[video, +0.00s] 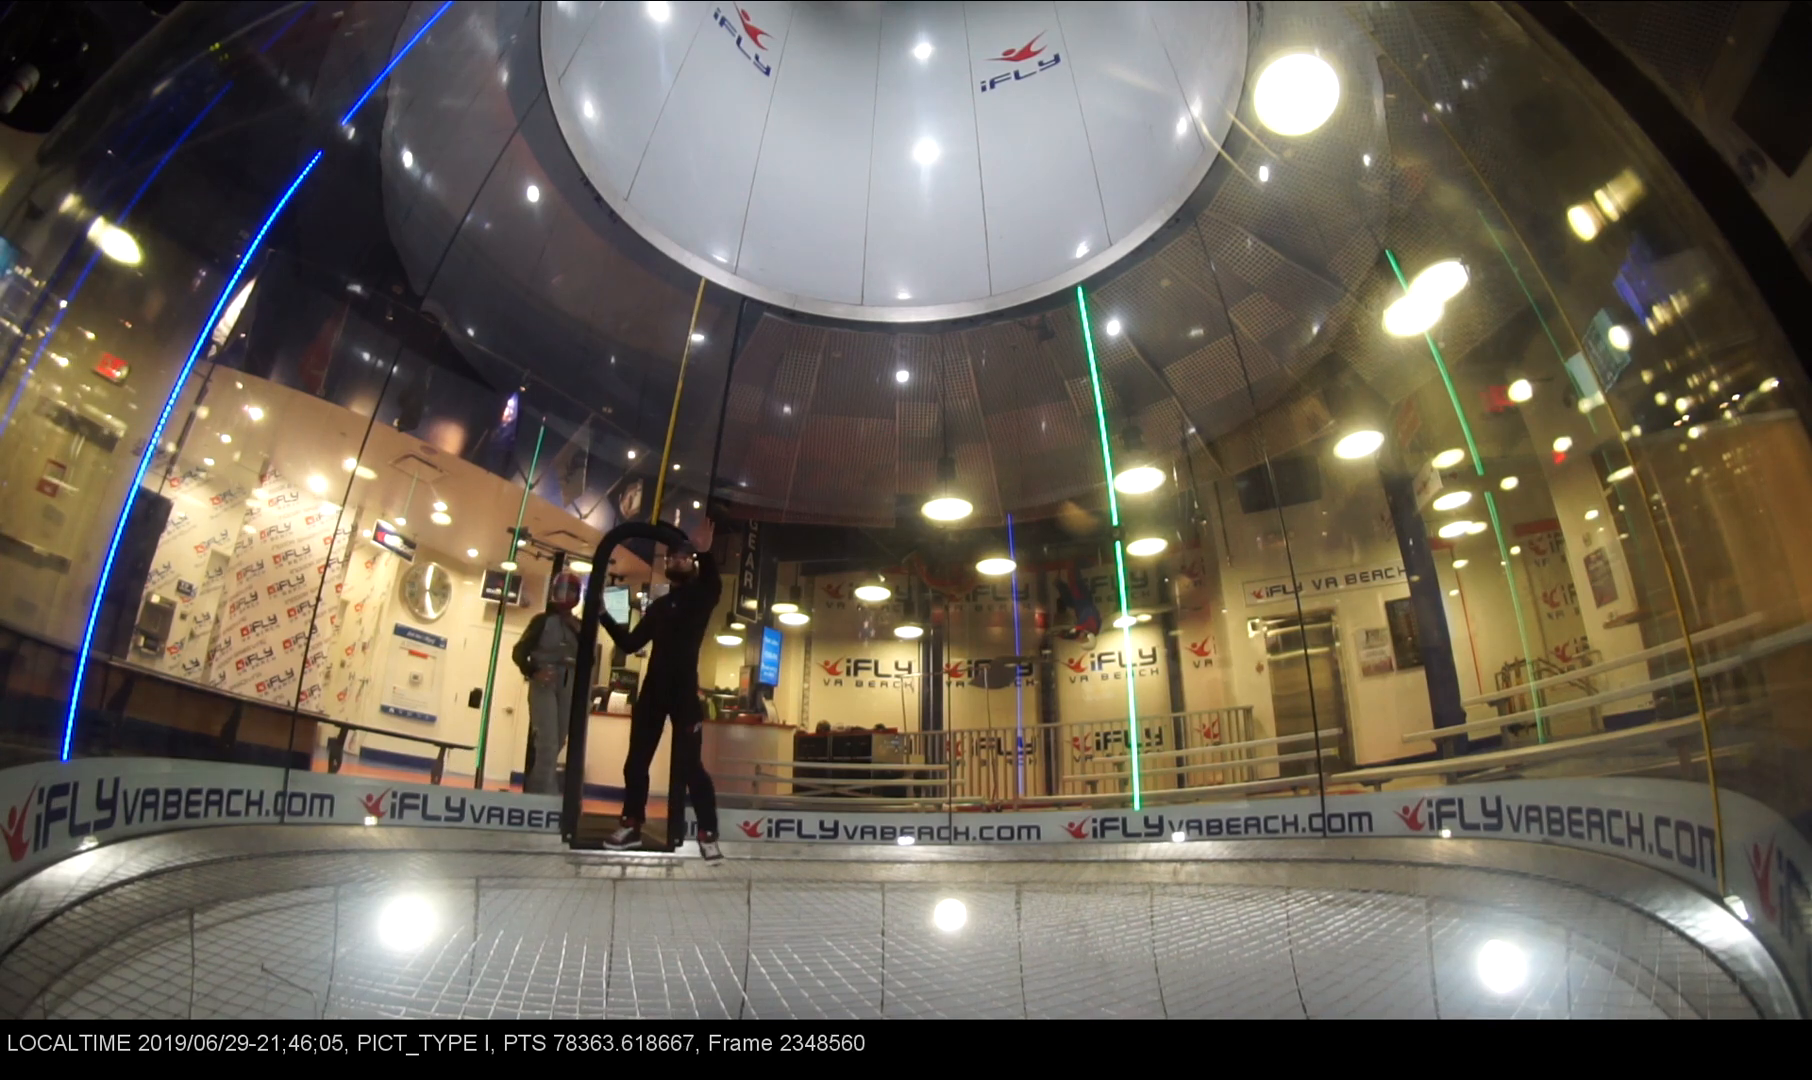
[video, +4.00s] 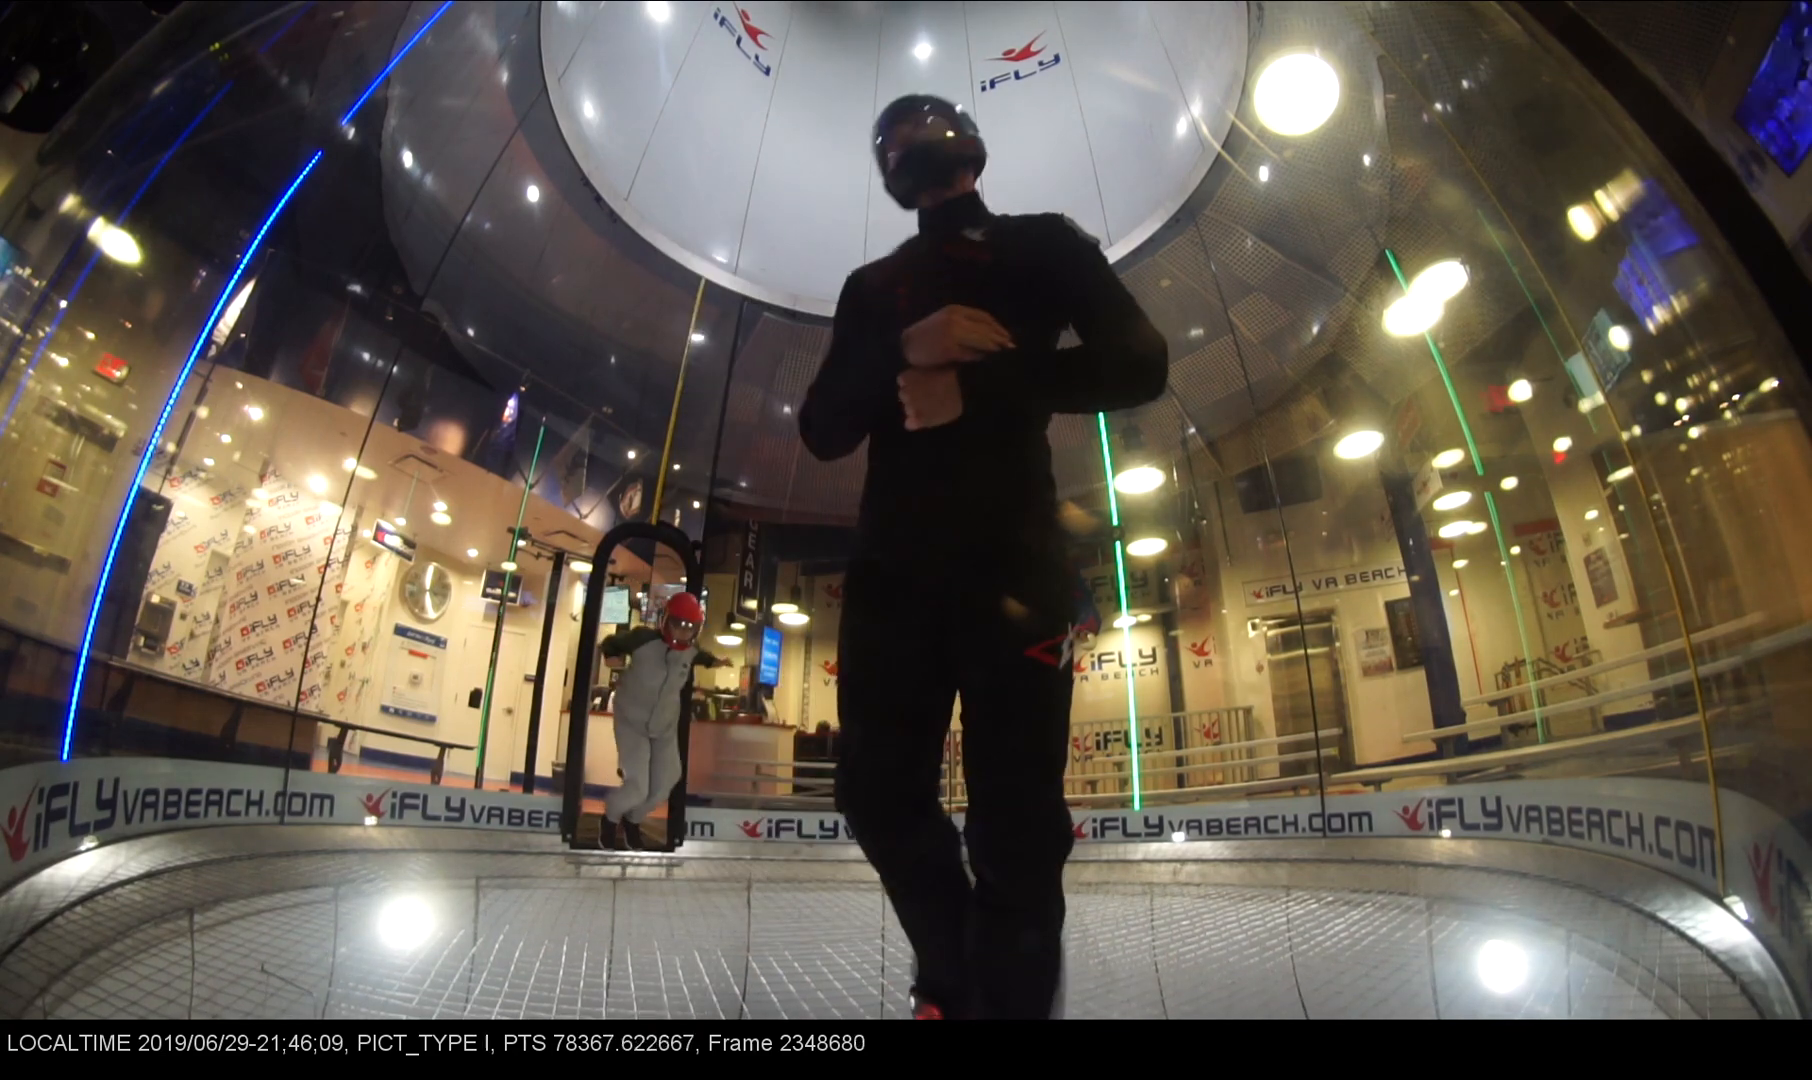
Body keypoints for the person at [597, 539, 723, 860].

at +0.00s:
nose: (672, 561)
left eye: (680, 557)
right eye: (670, 556)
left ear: (692, 566)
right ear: (666, 564)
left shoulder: (701, 596)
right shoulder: (661, 606)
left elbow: (710, 584)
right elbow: (629, 644)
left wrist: (704, 555)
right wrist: (603, 614)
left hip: (684, 688)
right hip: (654, 687)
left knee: (690, 764)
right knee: (636, 762)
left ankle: (707, 835)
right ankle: (632, 826)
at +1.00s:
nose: (695, 575)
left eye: (700, 569)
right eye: (696, 569)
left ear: (718, 572)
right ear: (727, 573)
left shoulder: (725, 605)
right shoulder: (705, 608)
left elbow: (727, 649)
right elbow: (693, 658)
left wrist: (692, 625)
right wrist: (659, 645)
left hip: (713, 709)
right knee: (676, 778)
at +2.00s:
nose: (737, 442)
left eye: (747, 437)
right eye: (727, 434)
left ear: (758, 455)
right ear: (708, 448)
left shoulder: (771, 518)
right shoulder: (683, 501)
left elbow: (810, 576)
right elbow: (656, 490)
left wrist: (750, 536)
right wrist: (681, 428)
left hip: (736, 661)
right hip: (678, 656)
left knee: (725, 788)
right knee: (659, 773)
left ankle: (731, 905)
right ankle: (681, 869)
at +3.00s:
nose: (817, 227)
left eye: (827, 218)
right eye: (804, 213)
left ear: (830, 243)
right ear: (765, 230)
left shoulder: (836, 333)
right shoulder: (709, 310)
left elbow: (901, 389)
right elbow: (665, 326)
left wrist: (806, 286)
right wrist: (765, 210)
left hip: (796, 564)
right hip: (696, 558)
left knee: (856, 770)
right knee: (668, 765)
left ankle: (914, 988)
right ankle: (654, 959)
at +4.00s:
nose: (915, 150)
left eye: (934, 131)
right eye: (896, 144)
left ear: (975, 156)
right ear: (885, 178)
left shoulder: (1044, 243)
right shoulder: (870, 291)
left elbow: (1141, 364)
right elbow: (823, 431)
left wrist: (980, 385)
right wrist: (898, 344)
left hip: (1015, 560)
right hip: (897, 569)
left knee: (1017, 811)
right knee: (880, 794)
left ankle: (1016, 1003)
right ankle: (957, 980)